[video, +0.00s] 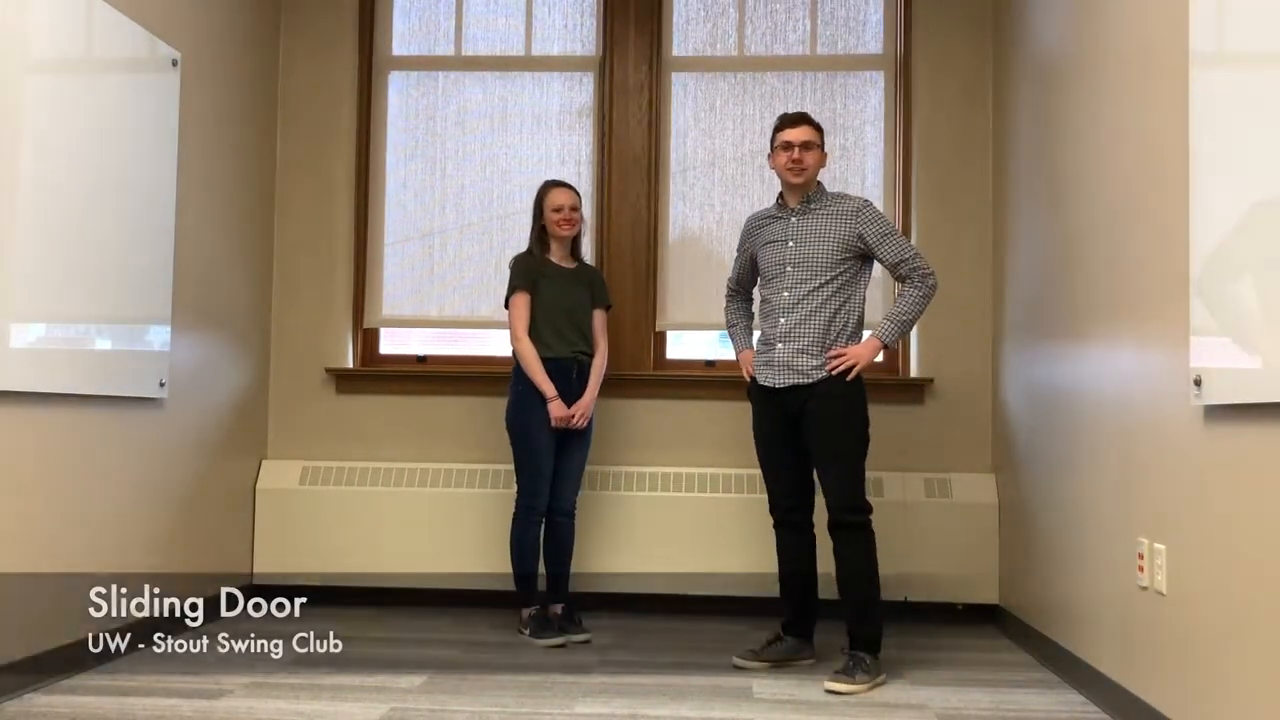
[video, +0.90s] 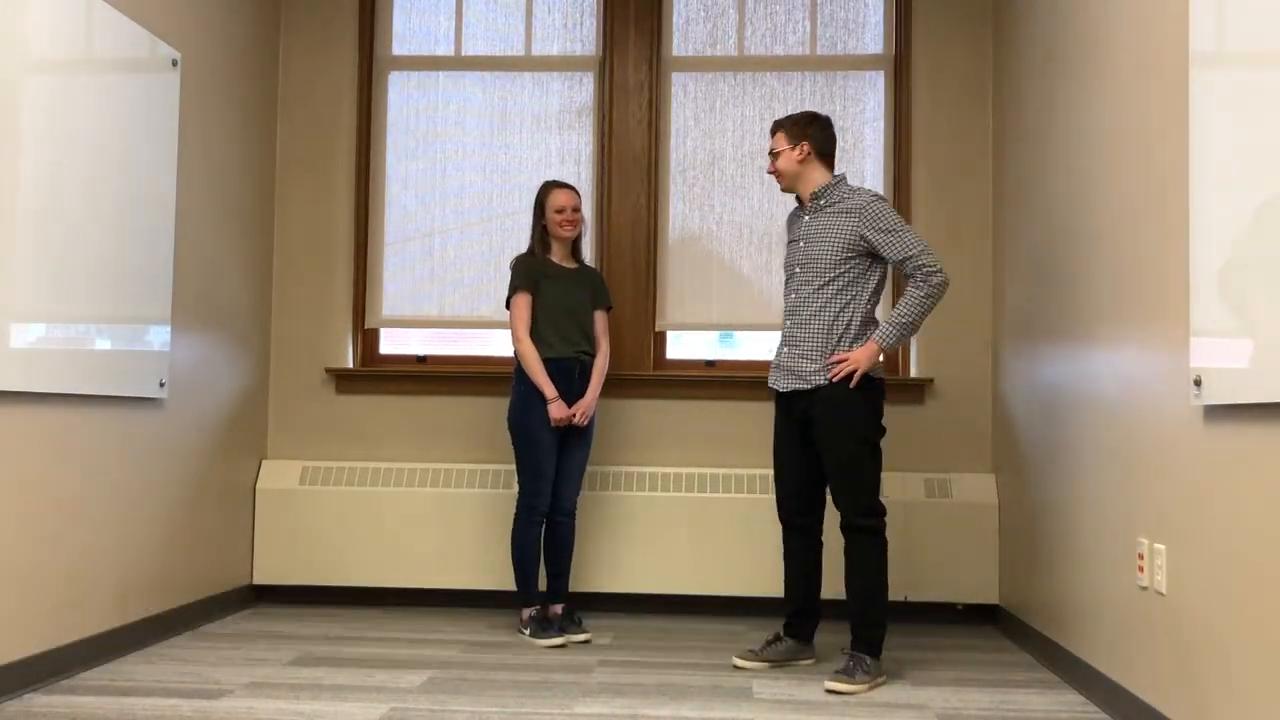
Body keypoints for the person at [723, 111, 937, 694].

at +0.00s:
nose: (796, 155)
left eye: (806, 146)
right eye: (786, 147)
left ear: (823, 156)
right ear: (771, 158)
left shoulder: (853, 214)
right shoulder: (757, 226)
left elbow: (920, 278)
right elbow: (737, 292)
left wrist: (878, 340)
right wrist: (743, 345)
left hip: (834, 388)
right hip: (772, 391)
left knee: (847, 516)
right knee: (789, 518)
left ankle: (863, 651)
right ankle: (795, 637)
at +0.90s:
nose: (769, 164)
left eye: (775, 153)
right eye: (769, 154)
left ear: (803, 150)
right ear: (802, 151)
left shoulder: (859, 207)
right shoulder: (799, 216)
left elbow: (929, 277)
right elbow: (815, 295)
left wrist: (877, 345)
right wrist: (790, 356)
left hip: (845, 391)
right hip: (794, 391)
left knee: (860, 520)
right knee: (799, 518)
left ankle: (865, 655)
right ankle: (797, 638)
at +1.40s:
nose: (771, 167)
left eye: (776, 158)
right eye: (773, 158)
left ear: (799, 160)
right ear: (808, 160)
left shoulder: (833, 211)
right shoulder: (816, 214)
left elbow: (854, 292)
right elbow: (853, 299)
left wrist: (786, 351)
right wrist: (801, 360)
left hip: (846, 385)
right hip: (817, 384)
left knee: (862, 517)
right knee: (792, 505)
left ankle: (867, 653)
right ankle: (788, 626)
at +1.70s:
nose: (757, 176)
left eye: (762, 166)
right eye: (758, 167)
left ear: (784, 168)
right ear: (791, 169)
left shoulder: (809, 227)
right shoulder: (797, 226)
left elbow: (777, 316)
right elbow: (783, 319)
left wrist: (706, 351)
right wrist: (722, 355)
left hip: (814, 388)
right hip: (789, 388)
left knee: (828, 516)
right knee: (770, 506)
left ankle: (859, 653)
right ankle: (779, 626)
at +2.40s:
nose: (730, 179)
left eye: (736, 169)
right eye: (731, 170)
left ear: (762, 172)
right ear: (766, 173)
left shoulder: (776, 225)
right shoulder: (773, 224)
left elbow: (741, 311)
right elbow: (741, 311)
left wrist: (672, 329)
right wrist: (677, 328)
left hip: (770, 383)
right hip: (766, 381)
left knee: (760, 506)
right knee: (763, 504)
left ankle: (778, 631)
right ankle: (773, 626)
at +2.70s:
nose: (715, 177)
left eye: (721, 168)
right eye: (718, 169)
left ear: (745, 169)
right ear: (748, 171)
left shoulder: (767, 232)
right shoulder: (756, 229)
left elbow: (755, 329)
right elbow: (740, 312)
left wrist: (682, 347)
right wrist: (685, 313)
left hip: (762, 381)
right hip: (768, 379)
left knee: (717, 496)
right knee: (773, 501)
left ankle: (741, 631)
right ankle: (782, 622)